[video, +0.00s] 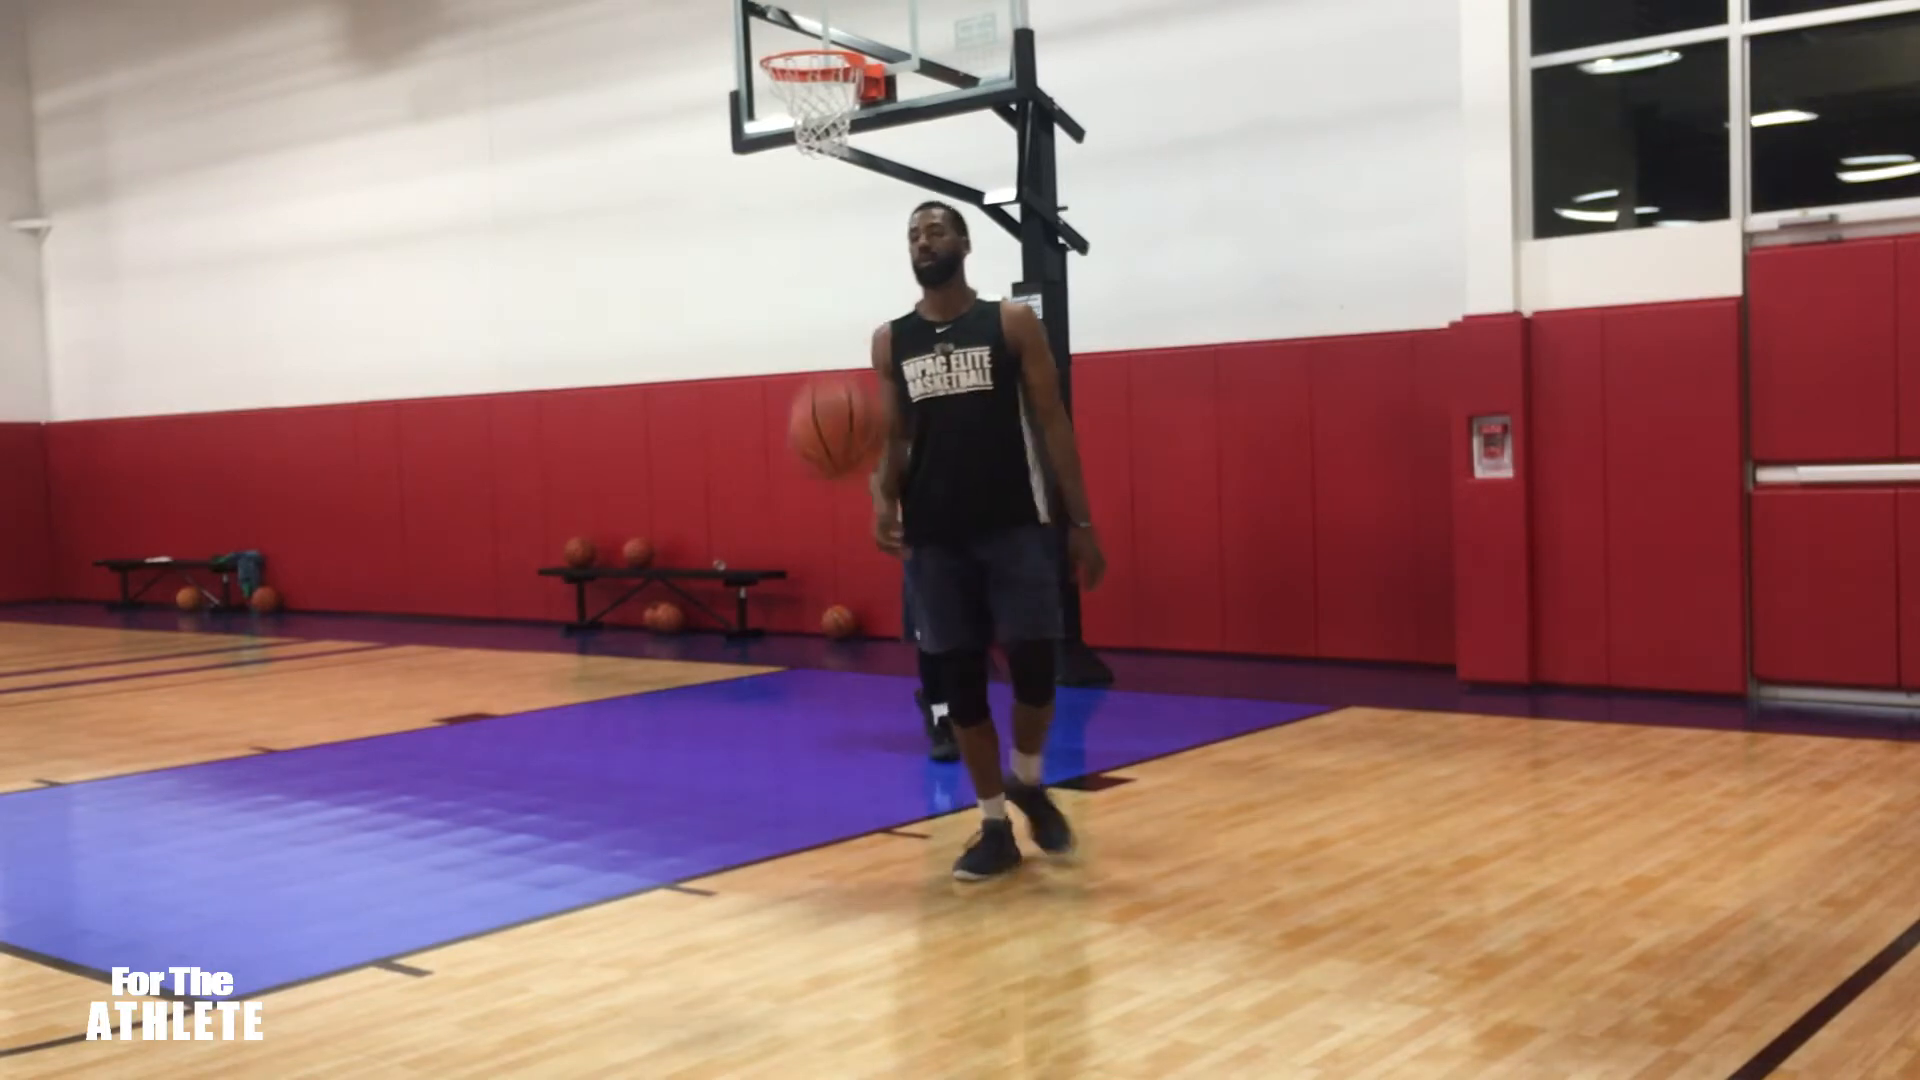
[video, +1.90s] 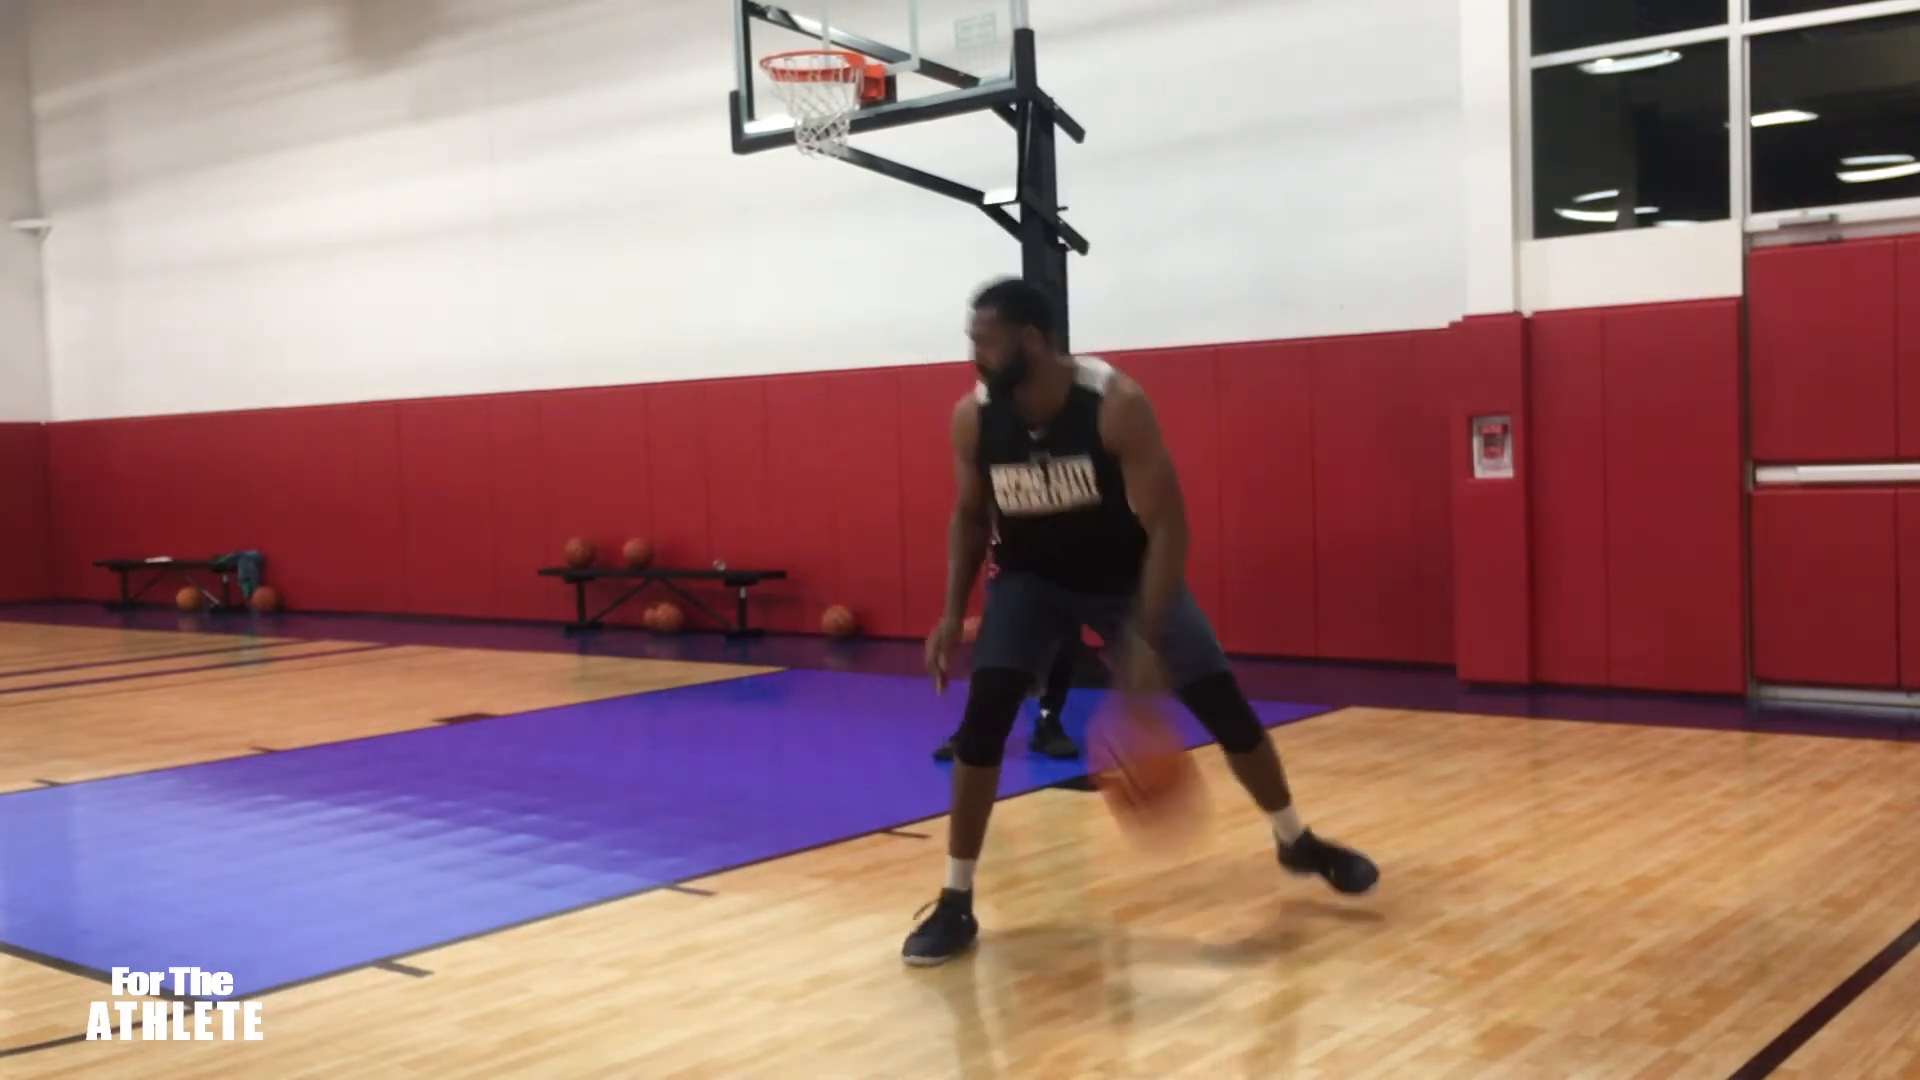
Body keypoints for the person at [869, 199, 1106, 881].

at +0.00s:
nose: (927, 239)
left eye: (939, 229)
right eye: (917, 233)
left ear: (966, 245)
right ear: (908, 254)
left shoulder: (1014, 322)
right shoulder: (892, 341)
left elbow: (1051, 423)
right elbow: (894, 436)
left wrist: (1080, 521)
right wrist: (885, 499)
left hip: (1015, 527)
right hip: (936, 538)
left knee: (1037, 667)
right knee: (959, 681)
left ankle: (1027, 781)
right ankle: (993, 824)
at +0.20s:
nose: (945, 246)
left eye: (956, 233)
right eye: (935, 237)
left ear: (987, 238)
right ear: (927, 249)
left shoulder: (1046, 322)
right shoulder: (912, 337)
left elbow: (1084, 423)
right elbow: (905, 436)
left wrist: (1116, 512)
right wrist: (902, 509)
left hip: (1035, 534)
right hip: (954, 540)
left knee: (1060, 679)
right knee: (974, 691)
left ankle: (1103, 857)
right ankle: (998, 829)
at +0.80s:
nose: (968, 227)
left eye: (978, 210)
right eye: (969, 214)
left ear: (1022, 214)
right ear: (1009, 223)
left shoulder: (1104, 295)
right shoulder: (976, 334)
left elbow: (1182, 393)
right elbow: (957, 455)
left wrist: (1119, 384)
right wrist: (890, 520)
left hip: (1090, 548)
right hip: (1003, 555)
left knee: (1098, 718)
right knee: (944, 711)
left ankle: (1188, 936)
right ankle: (957, 903)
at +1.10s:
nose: (1032, 245)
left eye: (1045, 230)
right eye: (1031, 236)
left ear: (1091, 239)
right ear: (1048, 254)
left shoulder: (1142, 308)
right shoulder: (1040, 352)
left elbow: (1179, 400)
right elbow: (1010, 473)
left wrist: (1098, 282)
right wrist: (921, 407)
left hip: (1076, 562)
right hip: (998, 562)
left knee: (1075, 742)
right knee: (927, 724)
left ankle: (1192, 948)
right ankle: (957, 905)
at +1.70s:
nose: (924, 283)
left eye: (933, 266)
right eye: (921, 268)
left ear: (980, 263)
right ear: (964, 268)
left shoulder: (1082, 320)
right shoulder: (949, 360)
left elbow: (1162, 423)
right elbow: (949, 479)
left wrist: (1075, 394)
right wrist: (953, 472)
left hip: (1122, 545)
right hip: (1021, 553)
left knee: (1171, 704)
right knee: (979, 708)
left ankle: (1229, 904)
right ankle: (985, 899)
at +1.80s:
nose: (940, 313)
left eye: (949, 298)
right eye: (937, 299)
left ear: (997, 293)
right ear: (966, 299)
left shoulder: (1094, 351)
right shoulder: (954, 381)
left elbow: (1167, 457)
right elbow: (959, 476)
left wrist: (1071, 489)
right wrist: (946, 549)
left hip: (1123, 545)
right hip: (1022, 552)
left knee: (1192, 692)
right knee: (984, 707)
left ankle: (1274, 879)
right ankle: (959, 897)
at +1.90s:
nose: (974, 353)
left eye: (985, 340)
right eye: (972, 341)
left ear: (1033, 339)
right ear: (985, 342)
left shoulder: (1113, 402)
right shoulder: (975, 417)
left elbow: (1169, 524)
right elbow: (970, 517)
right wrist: (953, 614)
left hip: (1131, 580)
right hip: (1031, 585)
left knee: (1224, 701)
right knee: (983, 713)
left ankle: (1295, 841)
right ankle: (955, 901)